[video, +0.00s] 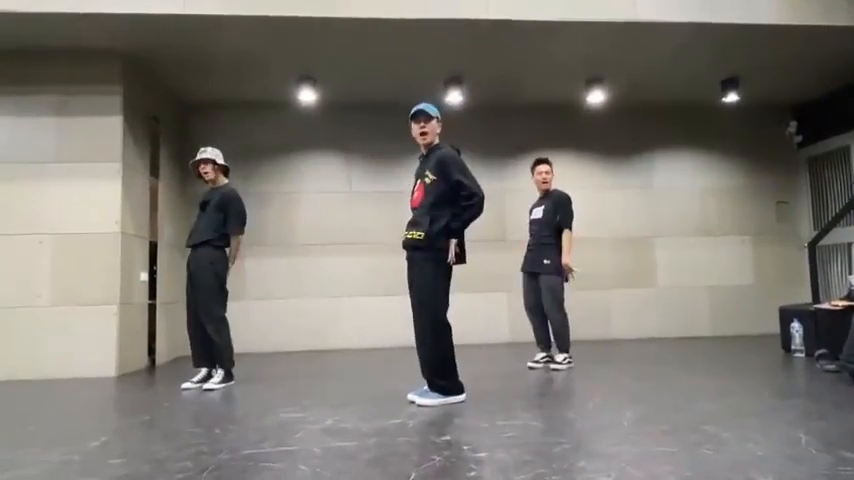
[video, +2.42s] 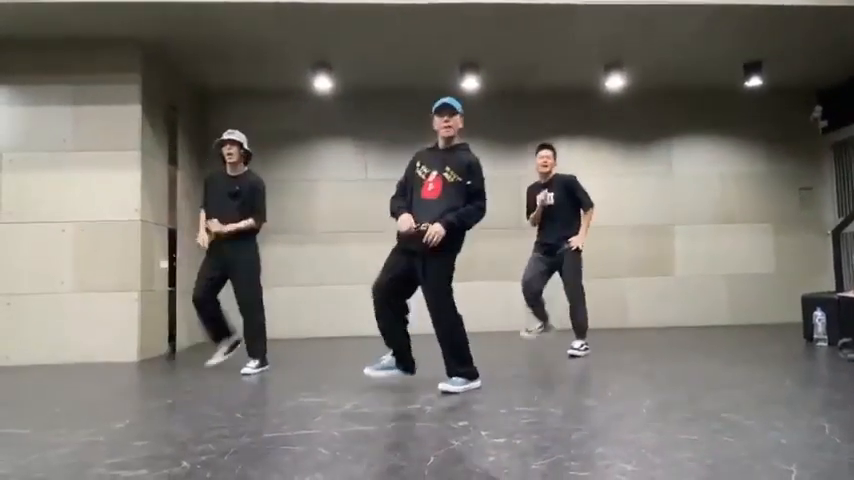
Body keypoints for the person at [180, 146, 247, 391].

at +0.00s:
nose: (203, 169)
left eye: (207, 164)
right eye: (200, 166)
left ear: (219, 166)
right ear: (199, 171)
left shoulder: (230, 195)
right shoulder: (210, 195)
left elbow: (236, 234)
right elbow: (208, 230)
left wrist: (230, 262)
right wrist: (225, 259)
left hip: (213, 254)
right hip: (197, 254)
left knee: (212, 313)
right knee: (196, 313)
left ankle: (224, 370)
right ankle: (204, 367)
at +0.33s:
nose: (205, 167)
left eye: (209, 162)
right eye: (203, 164)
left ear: (221, 164)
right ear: (202, 168)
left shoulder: (234, 193)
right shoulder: (209, 195)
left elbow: (240, 233)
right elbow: (202, 231)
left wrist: (237, 267)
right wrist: (190, 258)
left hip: (219, 256)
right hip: (202, 256)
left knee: (219, 313)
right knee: (200, 313)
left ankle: (227, 368)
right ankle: (208, 365)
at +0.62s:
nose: (209, 164)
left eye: (213, 159)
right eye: (206, 160)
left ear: (225, 162)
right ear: (204, 165)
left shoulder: (239, 191)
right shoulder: (205, 192)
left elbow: (239, 231)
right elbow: (200, 224)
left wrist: (215, 257)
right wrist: (196, 248)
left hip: (230, 254)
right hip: (208, 253)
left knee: (230, 312)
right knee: (192, 305)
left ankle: (233, 367)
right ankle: (225, 338)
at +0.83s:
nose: (205, 159)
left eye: (210, 155)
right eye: (203, 156)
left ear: (222, 158)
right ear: (201, 161)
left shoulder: (236, 187)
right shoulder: (205, 189)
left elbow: (243, 223)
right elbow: (205, 225)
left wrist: (232, 241)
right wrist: (192, 244)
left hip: (226, 254)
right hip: (204, 253)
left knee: (228, 313)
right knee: (177, 297)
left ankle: (236, 366)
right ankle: (215, 322)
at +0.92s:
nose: (203, 160)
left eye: (208, 156)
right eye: (201, 157)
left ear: (220, 159)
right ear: (201, 162)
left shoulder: (234, 187)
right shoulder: (205, 191)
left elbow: (247, 221)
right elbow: (202, 230)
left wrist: (248, 245)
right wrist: (181, 252)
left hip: (225, 252)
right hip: (202, 252)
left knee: (226, 309)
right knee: (190, 307)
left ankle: (234, 365)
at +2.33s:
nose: (225, 153)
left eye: (230, 149)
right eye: (222, 149)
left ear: (240, 154)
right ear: (217, 154)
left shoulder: (249, 185)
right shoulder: (208, 184)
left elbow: (252, 223)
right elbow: (201, 217)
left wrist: (227, 244)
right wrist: (200, 246)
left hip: (240, 252)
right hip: (213, 251)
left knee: (245, 305)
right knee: (203, 302)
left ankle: (257, 357)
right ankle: (197, 355)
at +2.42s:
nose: (228, 150)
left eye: (233, 146)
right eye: (225, 146)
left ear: (243, 151)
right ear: (221, 151)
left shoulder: (254, 182)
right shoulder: (212, 180)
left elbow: (257, 220)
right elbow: (205, 209)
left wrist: (225, 228)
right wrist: (202, 230)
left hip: (243, 250)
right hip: (218, 249)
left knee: (250, 304)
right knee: (202, 296)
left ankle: (258, 357)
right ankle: (226, 338)